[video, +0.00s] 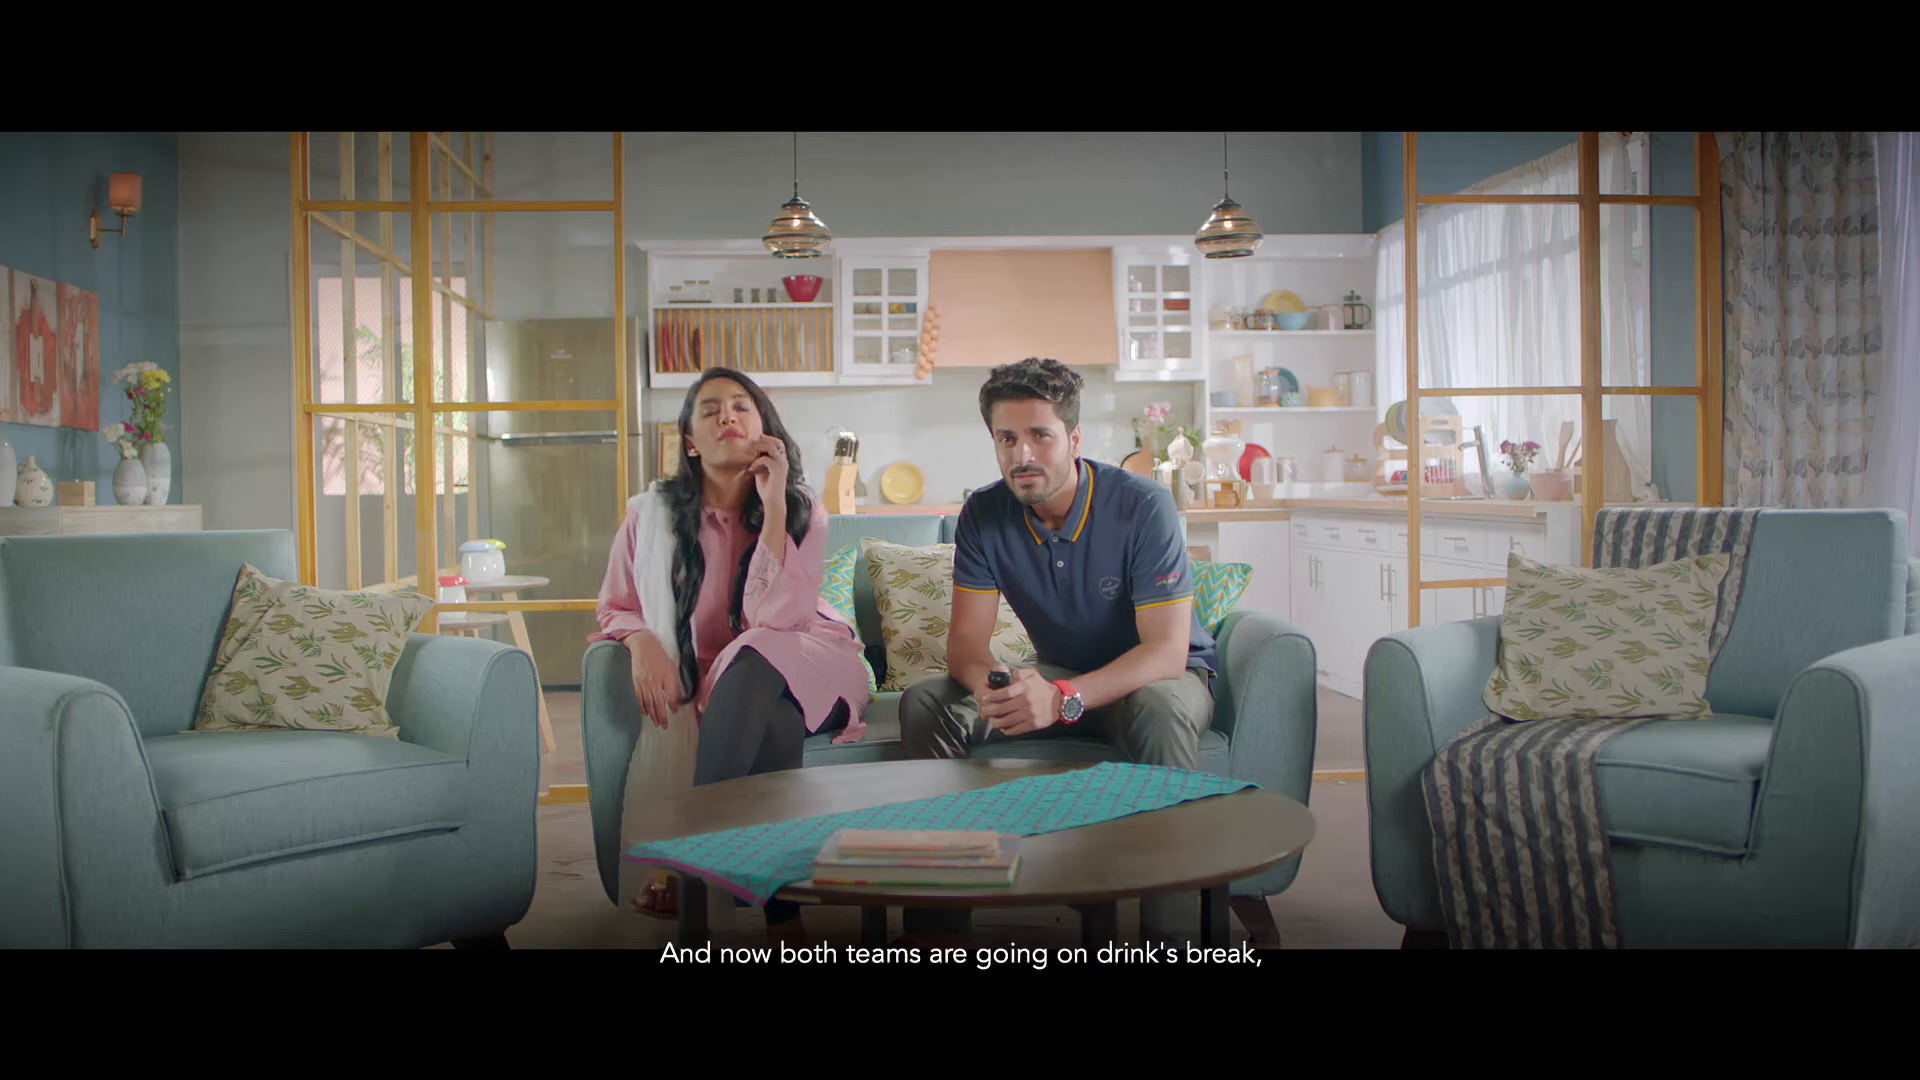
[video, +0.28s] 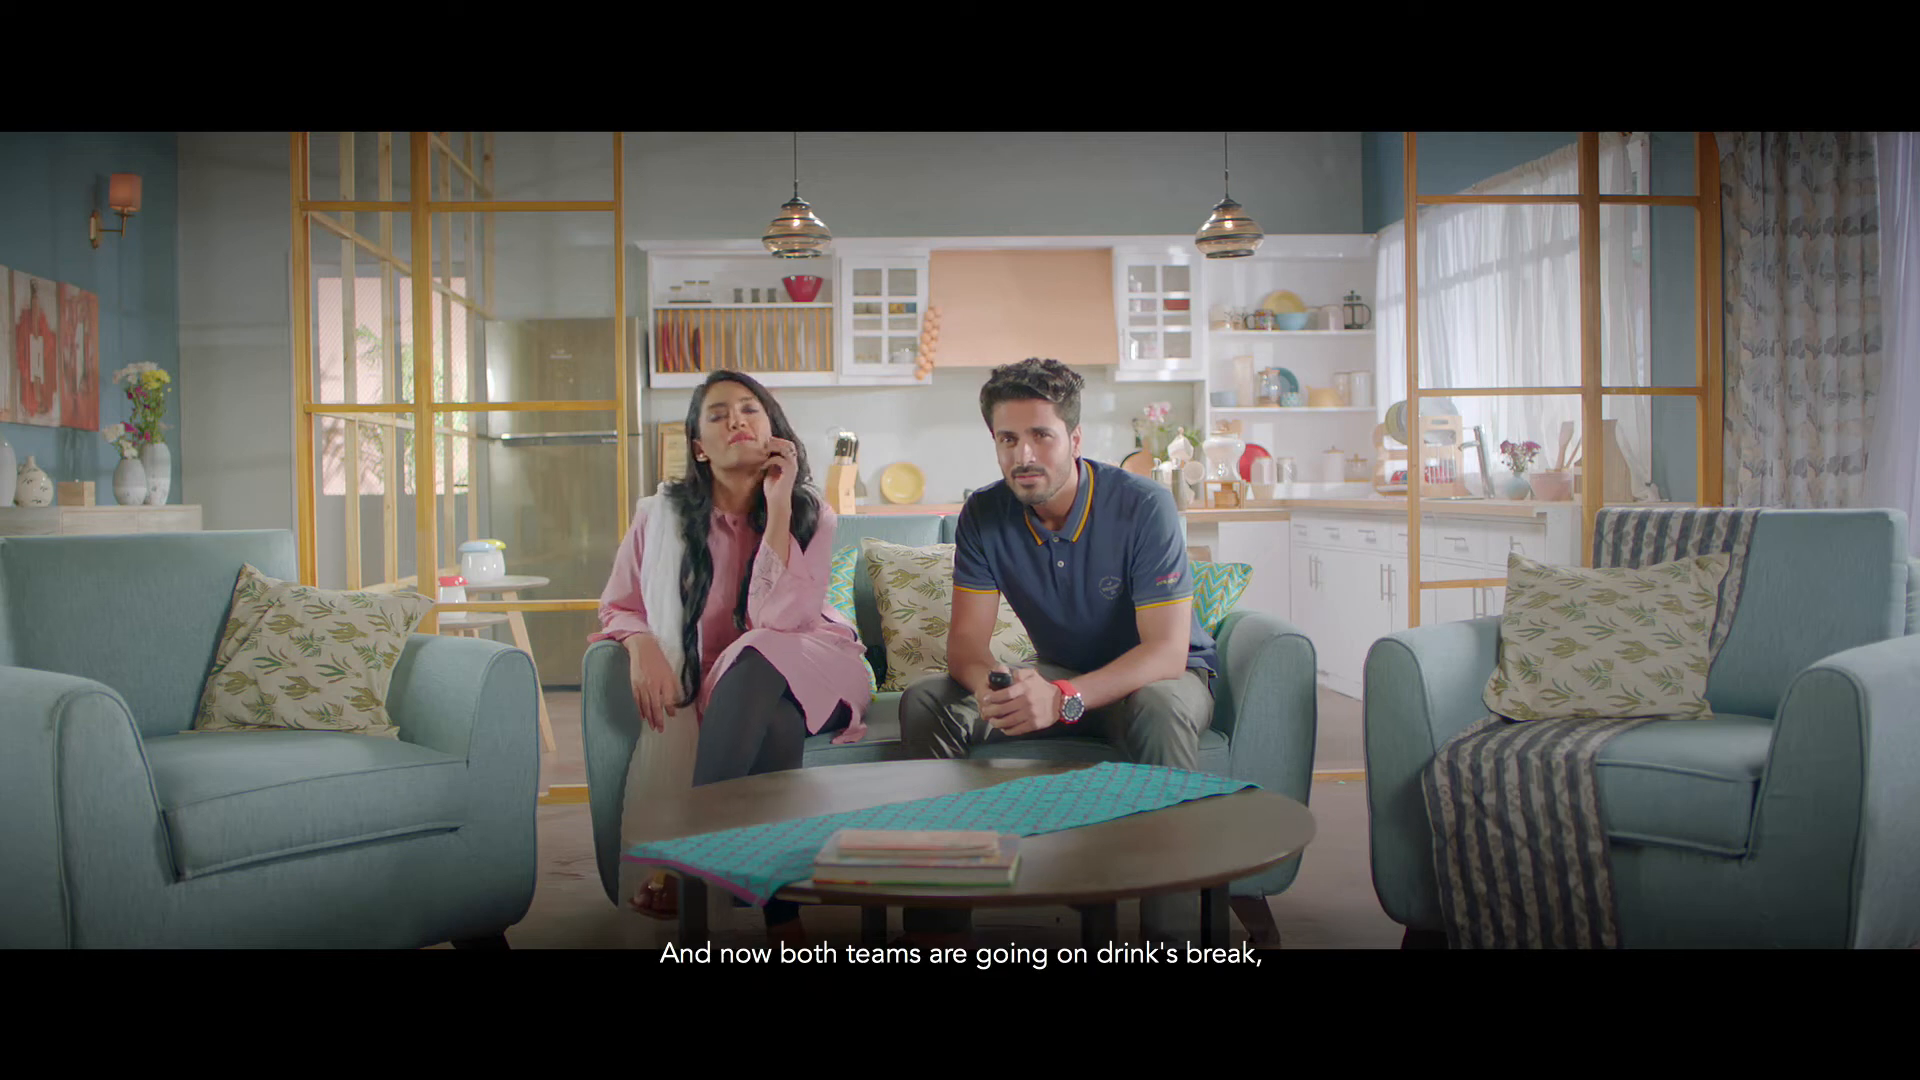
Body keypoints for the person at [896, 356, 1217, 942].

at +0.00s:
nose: (1022, 454)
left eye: (1039, 436)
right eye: (1007, 438)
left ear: (1074, 440)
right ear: (993, 443)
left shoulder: (1142, 507)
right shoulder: (984, 515)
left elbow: (1167, 655)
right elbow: (966, 647)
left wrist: (1065, 698)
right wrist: (996, 685)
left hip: (1156, 678)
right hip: (1058, 680)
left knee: (1157, 709)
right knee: (926, 702)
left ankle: (1172, 924)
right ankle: (942, 898)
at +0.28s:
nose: (1023, 455)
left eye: (1040, 436)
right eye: (1008, 439)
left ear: (1075, 440)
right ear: (993, 443)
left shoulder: (1143, 507)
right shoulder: (985, 515)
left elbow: (1167, 654)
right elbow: (966, 648)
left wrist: (1064, 698)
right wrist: (996, 687)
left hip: (1156, 676)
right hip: (1060, 676)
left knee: (1157, 709)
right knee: (927, 703)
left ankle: (1173, 927)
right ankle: (941, 899)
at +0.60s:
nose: (1023, 455)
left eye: (1040, 436)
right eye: (1008, 438)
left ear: (1075, 440)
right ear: (993, 443)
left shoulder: (1143, 507)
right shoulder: (985, 515)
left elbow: (1167, 654)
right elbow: (966, 647)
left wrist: (1064, 698)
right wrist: (996, 687)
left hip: (1156, 675)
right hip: (1060, 676)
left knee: (1157, 709)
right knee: (927, 702)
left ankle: (1172, 925)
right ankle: (941, 897)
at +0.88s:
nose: (1023, 454)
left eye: (1039, 436)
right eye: (1008, 438)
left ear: (1075, 439)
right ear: (993, 443)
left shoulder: (1143, 507)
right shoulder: (985, 515)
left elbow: (1167, 654)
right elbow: (966, 647)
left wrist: (1064, 698)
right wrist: (995, 687)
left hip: (1156, 675)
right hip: (1059, 676)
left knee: (1157, 709)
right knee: (927, 702)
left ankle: (1172, 926)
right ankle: (941, 898)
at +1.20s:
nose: (1023, 454)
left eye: (1040, 436)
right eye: (1008, 438)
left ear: (1075, 440)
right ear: (994, 443)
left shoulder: (1143, 508)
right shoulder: (985, 515)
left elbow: (1167, 654)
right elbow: (966, 647)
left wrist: (1064, 698)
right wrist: (996, 686)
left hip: (1157, 676)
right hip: (1059, 678)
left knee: (1157, 709)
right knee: (926, 702)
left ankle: (1171, 922)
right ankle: (942, 897)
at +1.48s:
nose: (1023, 454)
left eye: (1040, 435)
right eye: (1009, 438)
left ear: (1076, 440)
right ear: (995, 443)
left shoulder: (1143, 507)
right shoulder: (985, 515)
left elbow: (1166, 655)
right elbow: (966, 647)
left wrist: (1064, 697)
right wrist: (997, 686)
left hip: (1156, 677)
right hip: (1059, 679)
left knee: (1157, 709)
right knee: (926, 703)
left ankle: (1172, 922)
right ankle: (943, 897)